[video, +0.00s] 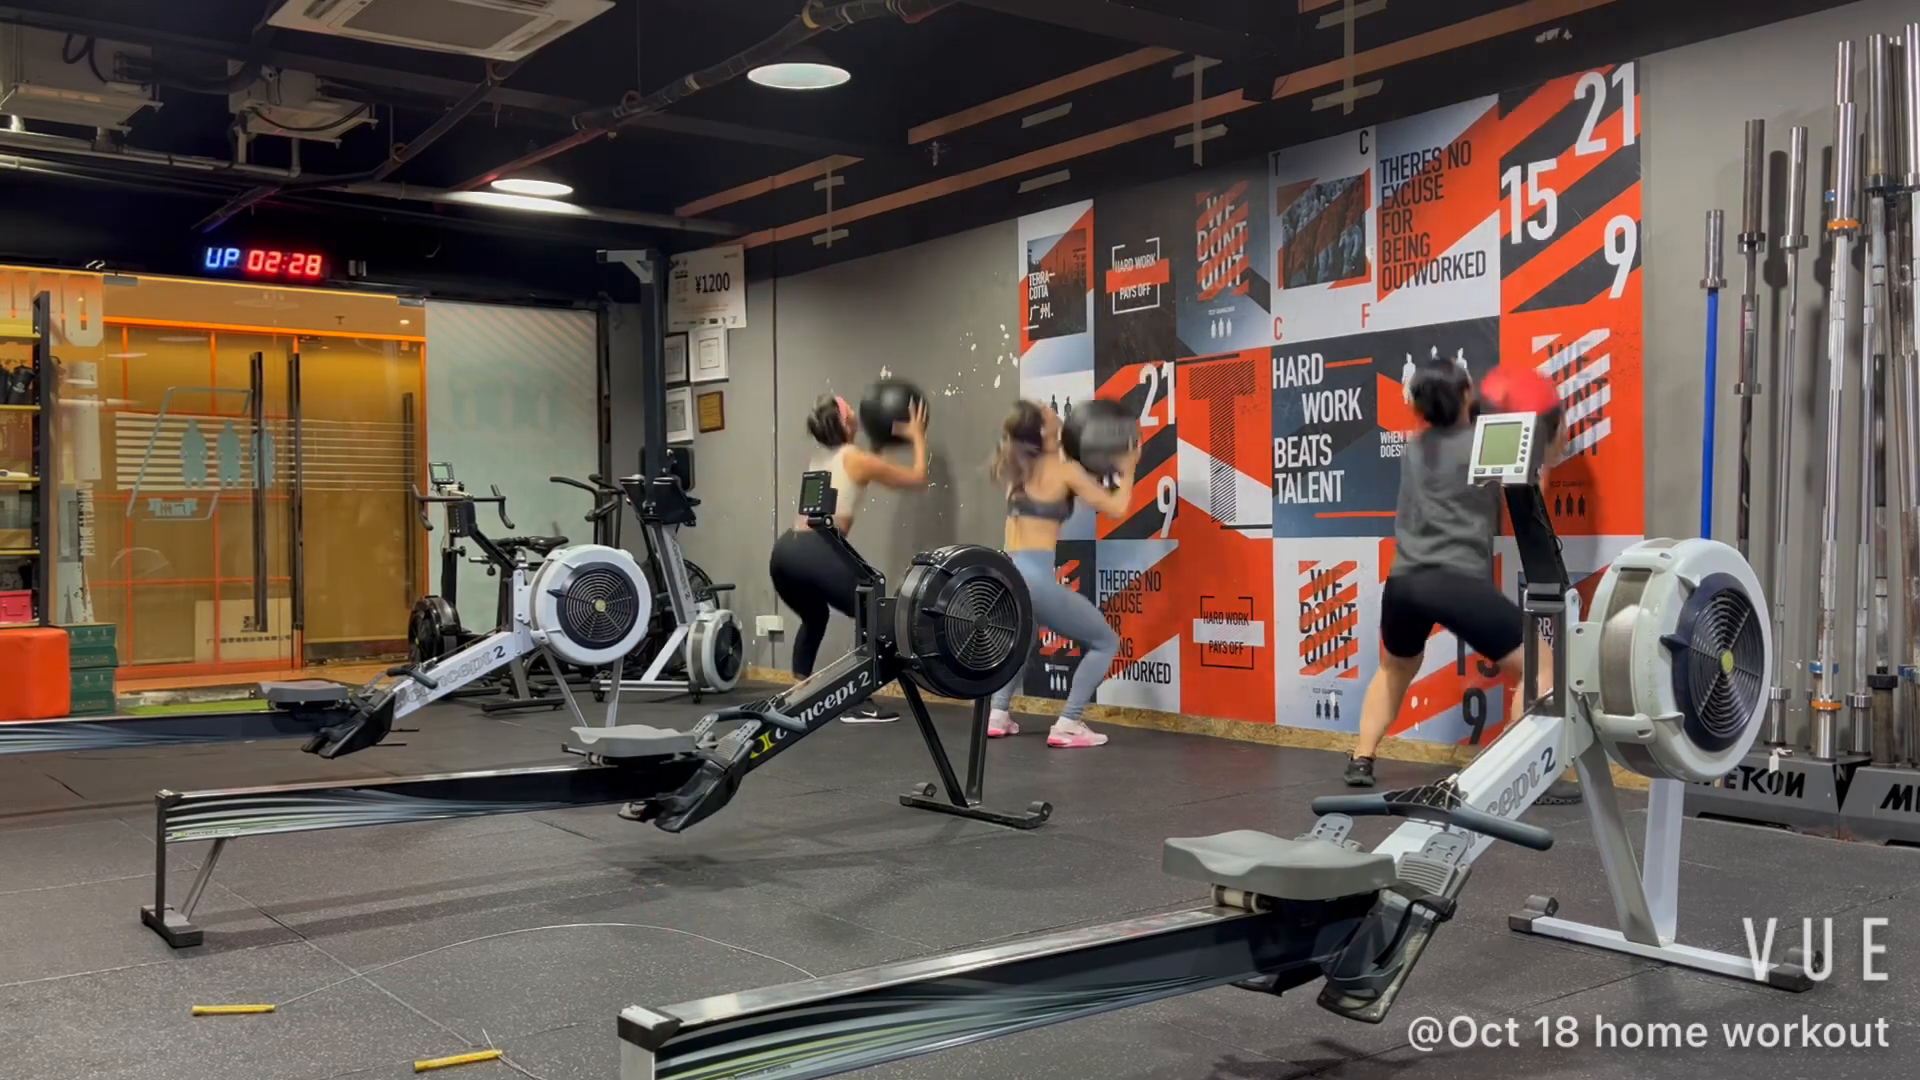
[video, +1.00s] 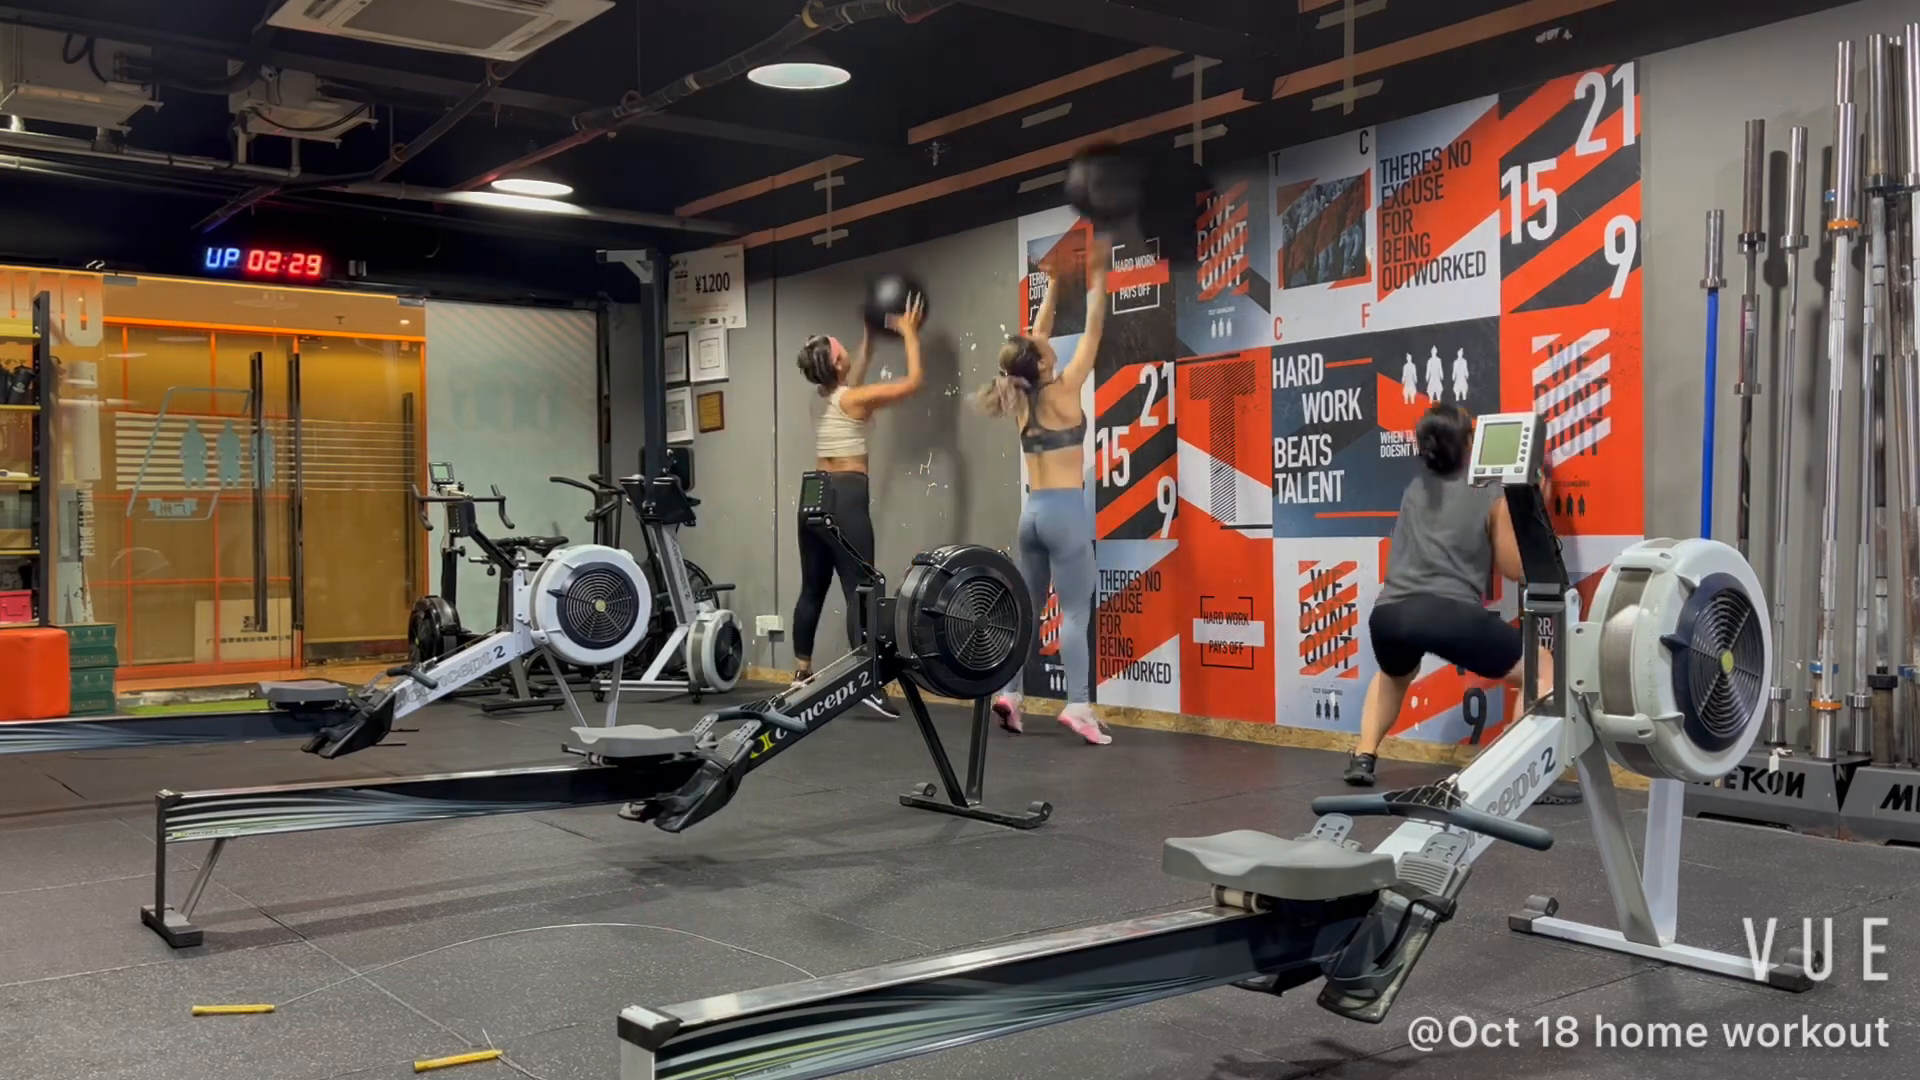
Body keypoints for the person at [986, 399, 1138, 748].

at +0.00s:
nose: (1057, 417)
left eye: (1052, 412)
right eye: (1051, 416)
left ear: (1026, 436)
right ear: (1046, 435)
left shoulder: (1017, 465)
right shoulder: (1064, 469)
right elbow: (1118, 507)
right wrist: (1129, 469)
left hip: (1006, 571)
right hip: (1035, 577)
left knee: (1020, 638)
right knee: (1105, 641)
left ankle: (997, 714)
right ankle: (1068, 724)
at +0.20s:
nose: (1055, 481)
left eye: (1050, 480)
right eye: (1050, 484)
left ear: (1021, 505)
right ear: (1046, 503)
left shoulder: (1011, 534)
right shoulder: (1067, 539)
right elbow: (1117, 583)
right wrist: (1124, 547)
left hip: (998, 642)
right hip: (1035, 650)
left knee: (1028, 636)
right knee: (1117, 653)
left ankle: (998, 715)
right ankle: (1069, 724)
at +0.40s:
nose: (1056, 484)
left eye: (1050, 481)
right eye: (1052, 485)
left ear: (1024, 508)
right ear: (1048, 505)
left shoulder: (1016, 539)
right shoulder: (1068, 542)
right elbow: (1117, 587)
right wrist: (1121, 553)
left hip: (1001, 645)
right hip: (1036, 650)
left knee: (1037, 640)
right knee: (1115, 654)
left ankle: (999, 715)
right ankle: (1069, 724)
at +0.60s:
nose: (1055, 430)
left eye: (1048, 428)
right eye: (1049, 432)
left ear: (1027, 456)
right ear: (1046, 451)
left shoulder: (1022, 483)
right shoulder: (1069, 485)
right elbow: (1122, 524)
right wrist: (1122, 488)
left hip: (1005, 582)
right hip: (1038, 589)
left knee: (1033, 644)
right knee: (1106, 648)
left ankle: (999, 715)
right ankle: (1069, 724)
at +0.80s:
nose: (1045, 359)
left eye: (1040, 357)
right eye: (1040, 358)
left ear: (1017, 381)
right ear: (1039, 373)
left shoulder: (1019, 412)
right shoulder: (1066, 403)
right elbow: (1128, 409)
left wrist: (1059, 371)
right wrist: (1126, 369)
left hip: (1025, 514)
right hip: (1056, 516)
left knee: (1019, 612)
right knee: (1087, 614)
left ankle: (1002, 694)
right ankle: (1074, 709)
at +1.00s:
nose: (1050, 346)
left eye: (1044, 344)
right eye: (1045, 345)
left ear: (1022, 367)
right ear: (1042, 362)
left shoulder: (1020, 395)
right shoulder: (1067, 387)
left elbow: (1037, 336)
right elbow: (1095, 328)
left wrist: (1051, 289)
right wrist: (1099, 273)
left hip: (1032, 509)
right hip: (1067, 509)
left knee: (1025, 607)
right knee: (1075, 611)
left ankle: (1007, 691)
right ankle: (1078, 704)